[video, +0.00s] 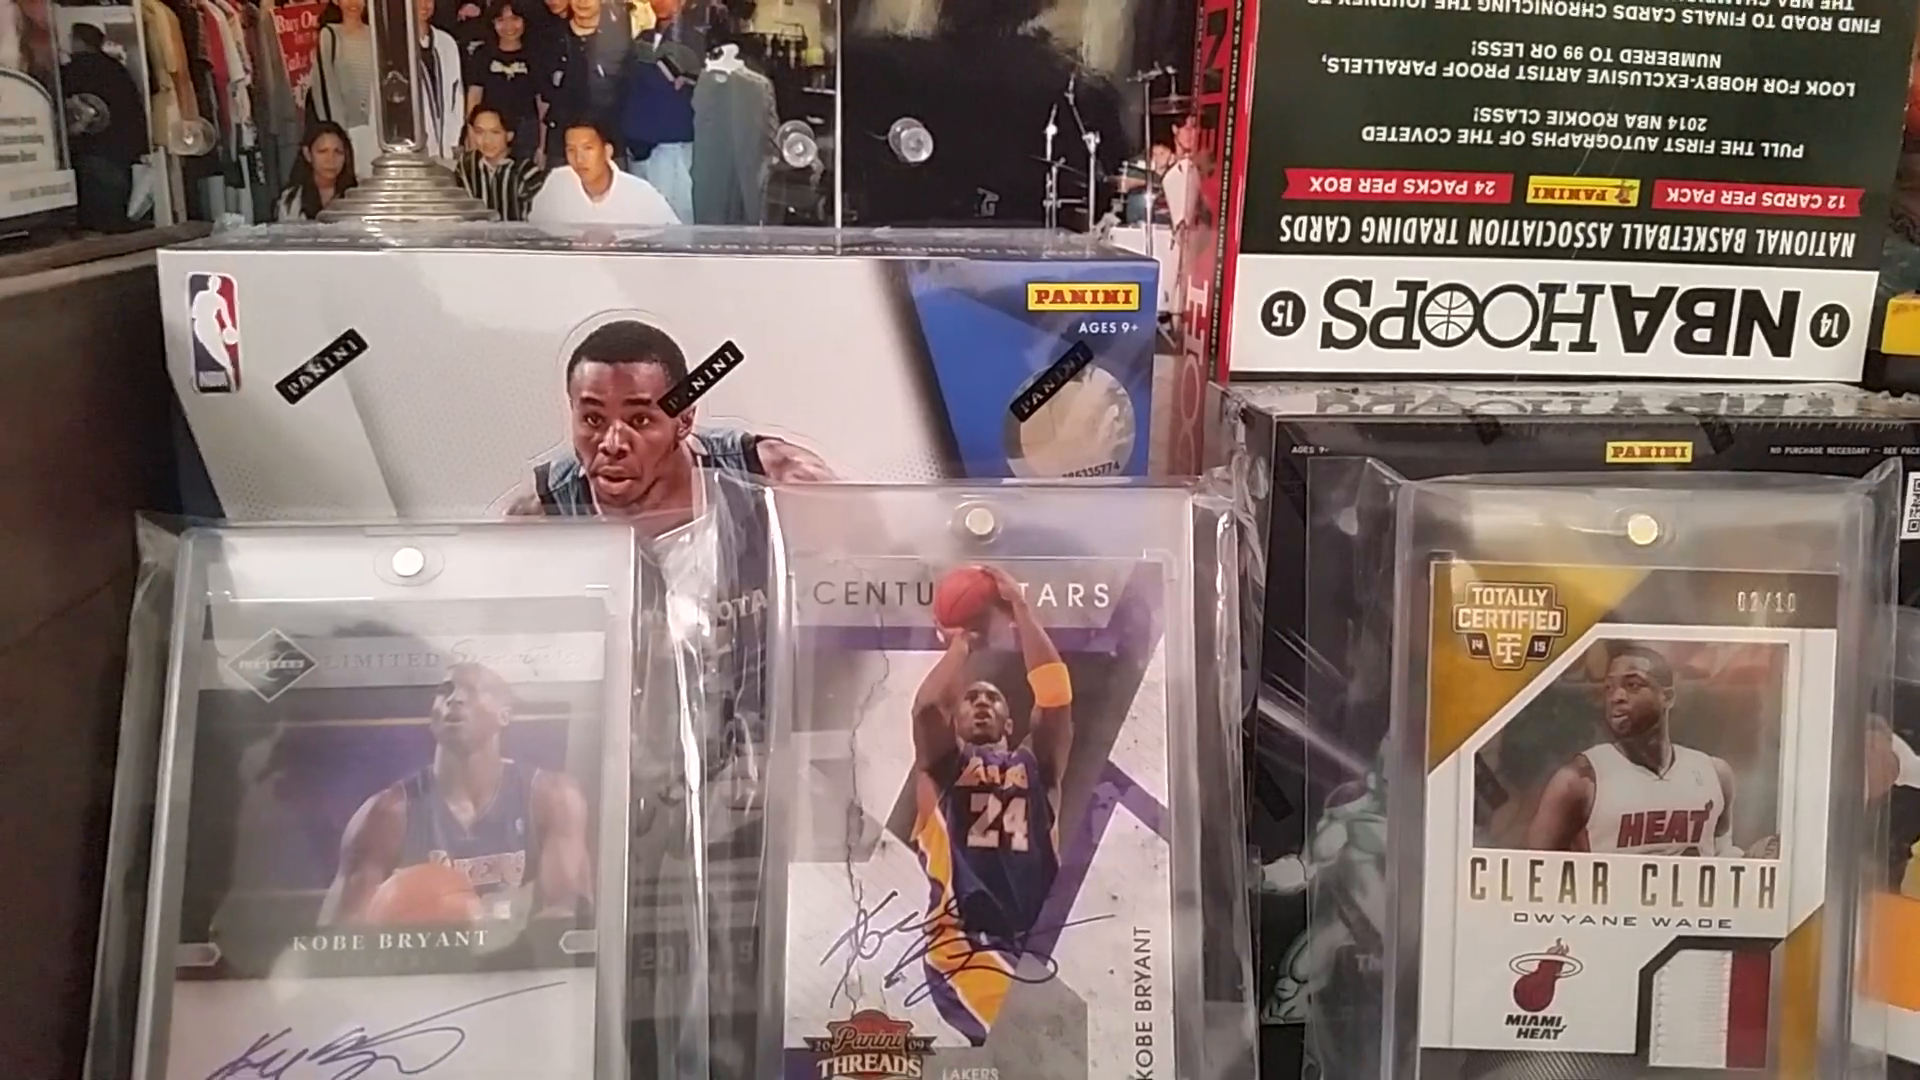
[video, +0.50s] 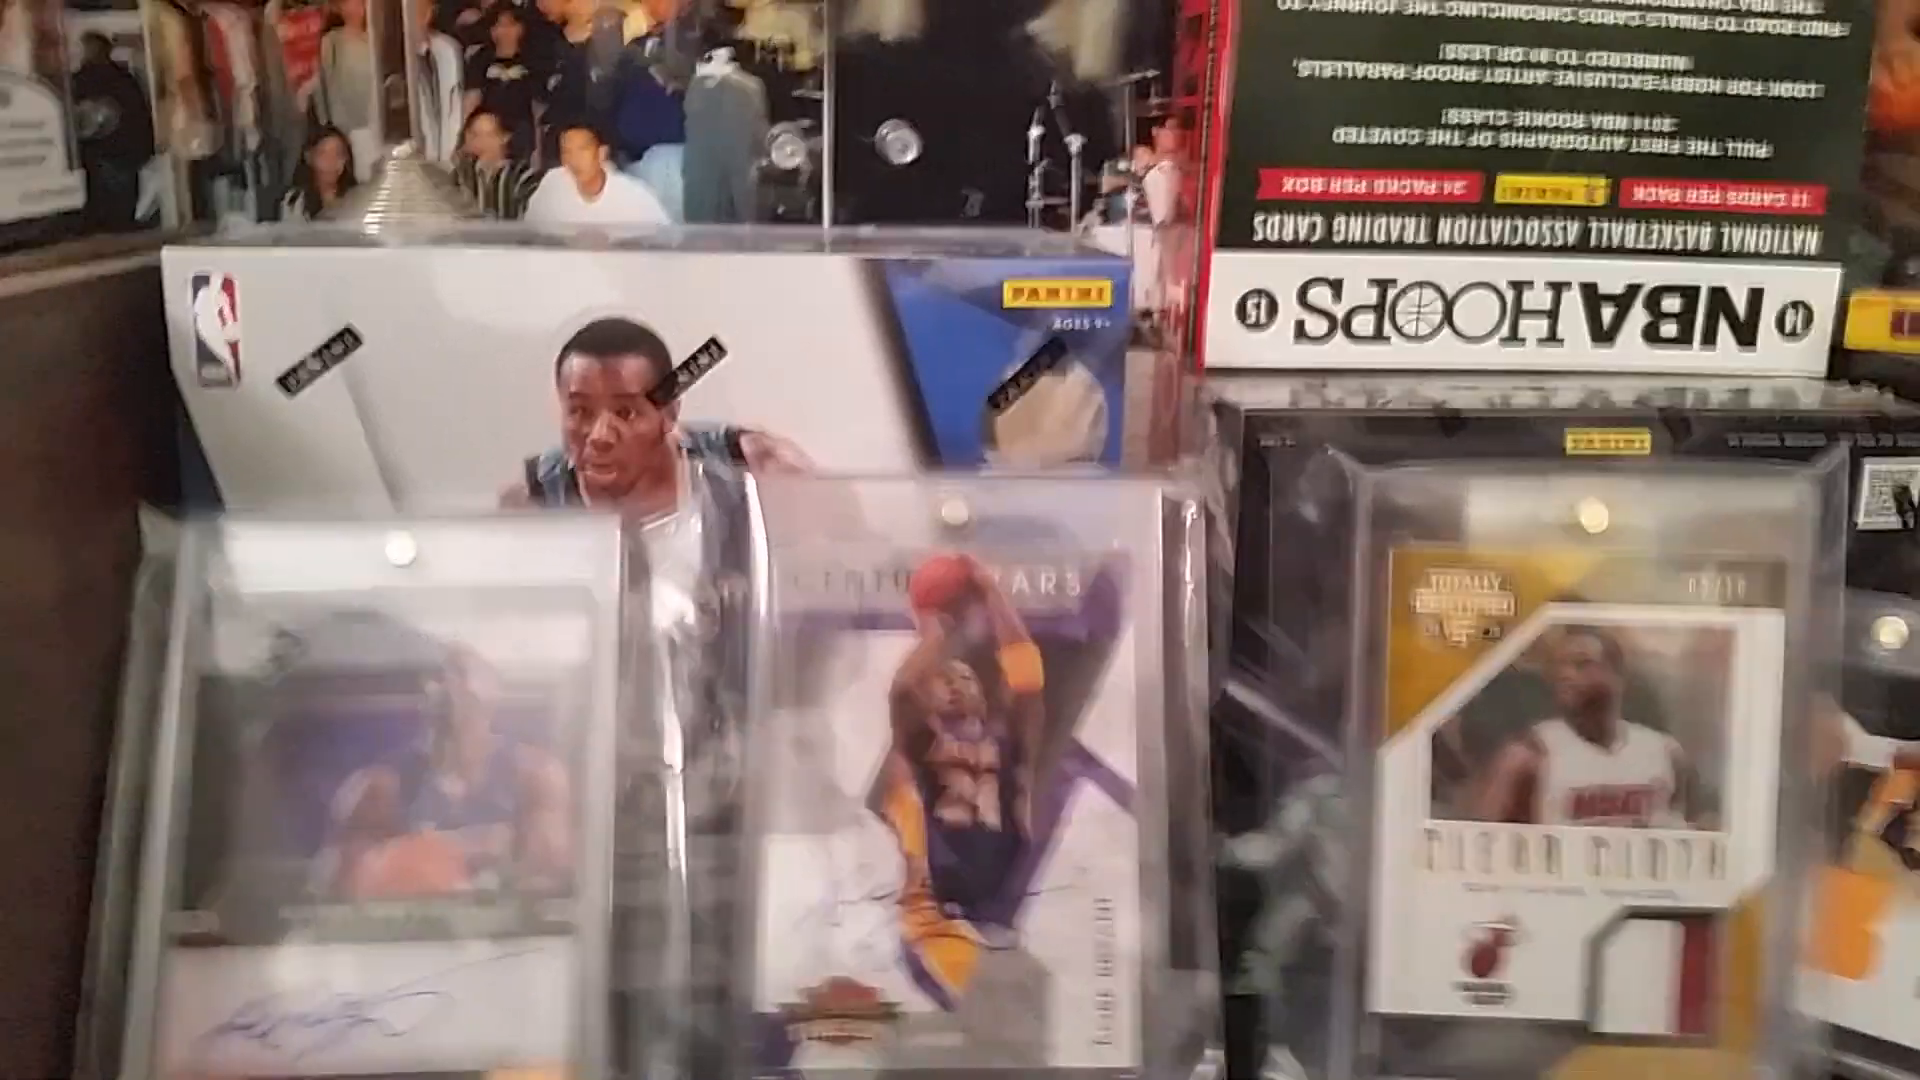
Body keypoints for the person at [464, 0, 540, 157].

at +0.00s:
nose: (509, 26)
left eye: (515, 18)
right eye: (501, 20)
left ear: (524, 22)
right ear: (494, 25)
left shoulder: (534, 56)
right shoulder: (483, 55)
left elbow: (542, 103)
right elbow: (474, 96)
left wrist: (542, 146)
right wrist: (471, 135)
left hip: (525, 130)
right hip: (491, 131)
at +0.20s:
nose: (525, 22)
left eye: (530, 16)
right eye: (518, 17)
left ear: (538, 21)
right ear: (511, 22)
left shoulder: (549, 53)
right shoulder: (498, 51)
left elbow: (557, 99)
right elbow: (489, 91)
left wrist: (556, 143)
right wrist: (486, 130)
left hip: (540, 127)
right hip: (506, 127)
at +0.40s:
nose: (542, 25)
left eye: (542, 20)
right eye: (536, 20)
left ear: (545, 25)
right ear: (521, 26)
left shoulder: (557, 56)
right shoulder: (507, 55)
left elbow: (565, 103)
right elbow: (498, 96)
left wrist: (564, 145)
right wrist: (495, 134)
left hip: (548, 131)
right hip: (514, 132)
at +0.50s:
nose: (500, 31)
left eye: (507, 25)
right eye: (497, 25)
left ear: (520, 29)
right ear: (491, 30)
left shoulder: (531, 63)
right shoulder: (480, 61)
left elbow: (538, 108)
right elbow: (472, 100)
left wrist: (538, 148)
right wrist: (465, 140)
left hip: (520, 135)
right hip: (485, 137)